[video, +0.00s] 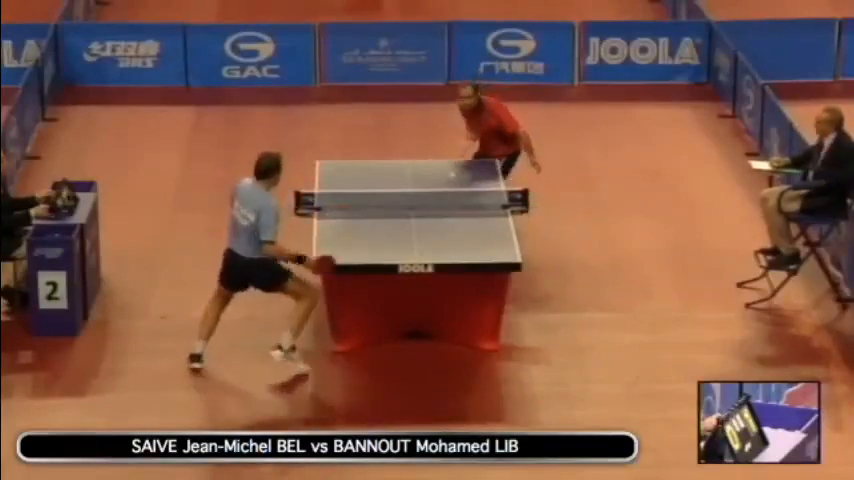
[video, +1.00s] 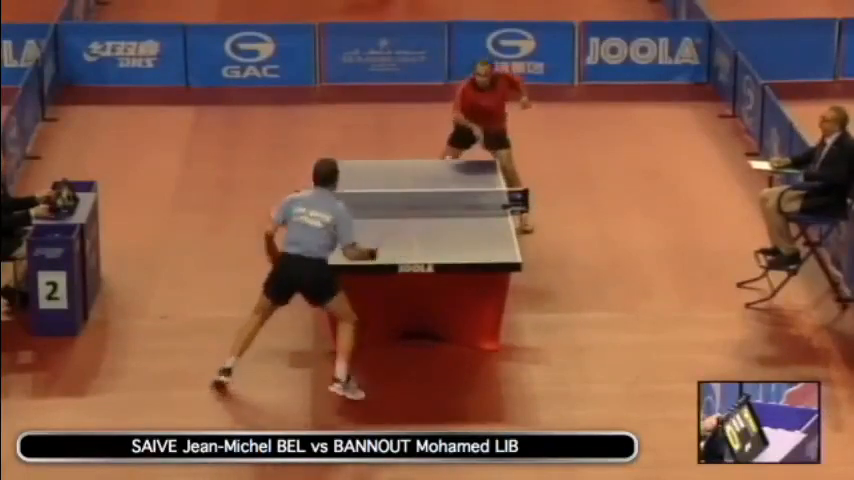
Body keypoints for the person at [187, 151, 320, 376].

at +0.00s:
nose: (281, 176)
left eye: (279, 172)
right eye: (280, 173)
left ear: (257, 171)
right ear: (276, 176)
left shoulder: (242, 186)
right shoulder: (268, 203)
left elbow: (234, 205)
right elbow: (268, 247)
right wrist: (301, 259)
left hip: (232, 259)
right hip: (258, 265)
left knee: (219, 300)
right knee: (309, 295)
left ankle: (198, 350)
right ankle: (286, 346)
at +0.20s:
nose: (318, 185)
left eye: (316, 179)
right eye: (317, 181)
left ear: (294, 177)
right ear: (314, 184)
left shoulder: (275, 189)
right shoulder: (309, 212)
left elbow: (252, 177)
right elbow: (330, 245)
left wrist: (244, 159)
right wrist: (363, 239)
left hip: (258, 265)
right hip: (287, 271)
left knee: (231, 305)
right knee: (333, 301)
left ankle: (200, 350)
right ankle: (366, 343)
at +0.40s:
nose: (374, 201)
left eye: (372, 197)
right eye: (374, 198)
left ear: (351, 192)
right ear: (370, 200)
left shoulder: (331, 202)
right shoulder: (367, 222)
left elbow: (298, 208)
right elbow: (381, 232)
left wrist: (272, 200)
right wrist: (397, 220)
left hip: (301, 266)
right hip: (329, 273)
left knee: (264, 311)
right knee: (371, 295)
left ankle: (223, 351)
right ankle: (381, 349)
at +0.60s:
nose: (380, 205)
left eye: (375, 200)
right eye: (380, 202)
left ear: (358, 198)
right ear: (379, 204)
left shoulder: (342, 209)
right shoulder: (379, 226)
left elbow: (321, 213)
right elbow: (402, 241)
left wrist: (289, 215)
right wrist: (409, 227)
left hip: (320, 270)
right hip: (351, 274)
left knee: (283, 313)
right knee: (385, 294)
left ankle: (248, 362)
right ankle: (384, 348)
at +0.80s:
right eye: (356, 176)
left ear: (334, 175)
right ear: (356, 179)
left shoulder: (316, 192)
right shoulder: (360, 204)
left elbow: (283, 191)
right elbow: (376, 243)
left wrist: (272, 191)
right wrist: (396, 240)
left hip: (307, 261)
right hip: (338, 262)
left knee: (284, 315)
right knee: (363, 303)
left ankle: (275, 370)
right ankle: (383, 349)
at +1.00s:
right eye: (336, 177)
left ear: (314, 178)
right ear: (336, 180)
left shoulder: (295, 200)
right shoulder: (338, 208)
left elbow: (269, 231)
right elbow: (350, 251)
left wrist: (275, 258)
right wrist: (369, 254)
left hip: (286, 265)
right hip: (315, 269)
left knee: (259, 315)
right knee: (347, 319)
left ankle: (228, 366)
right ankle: (341, 378)